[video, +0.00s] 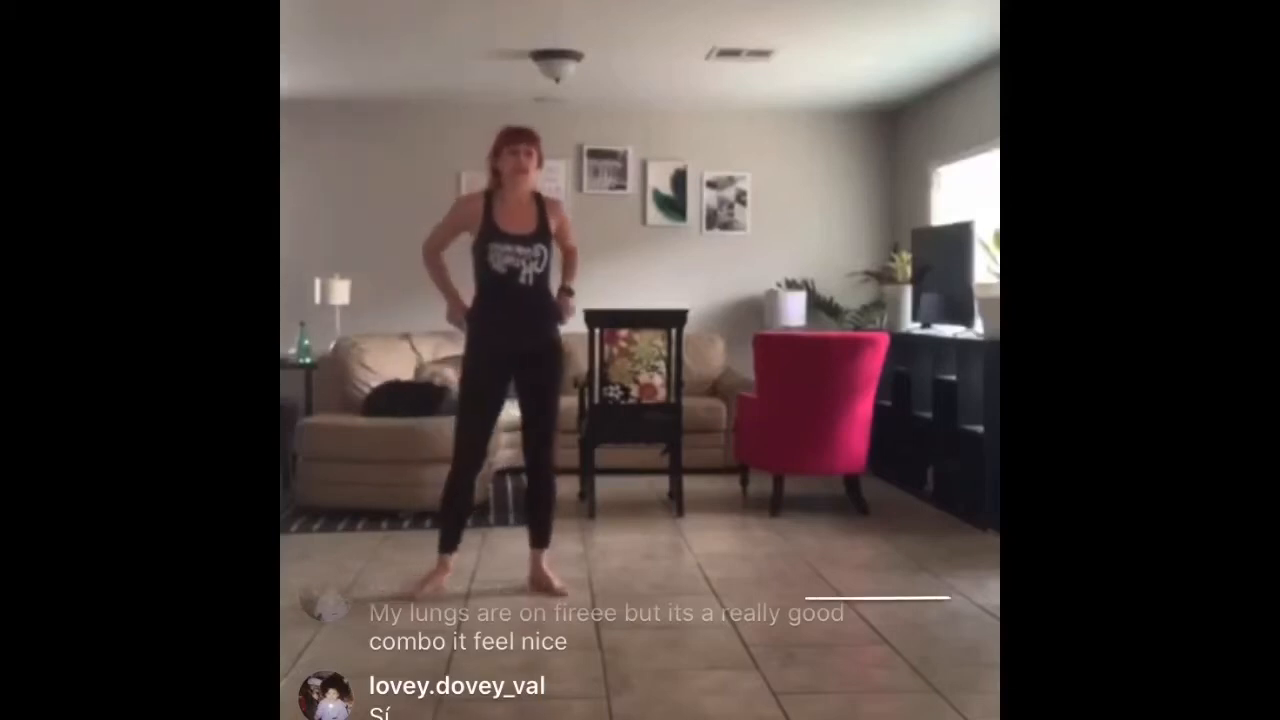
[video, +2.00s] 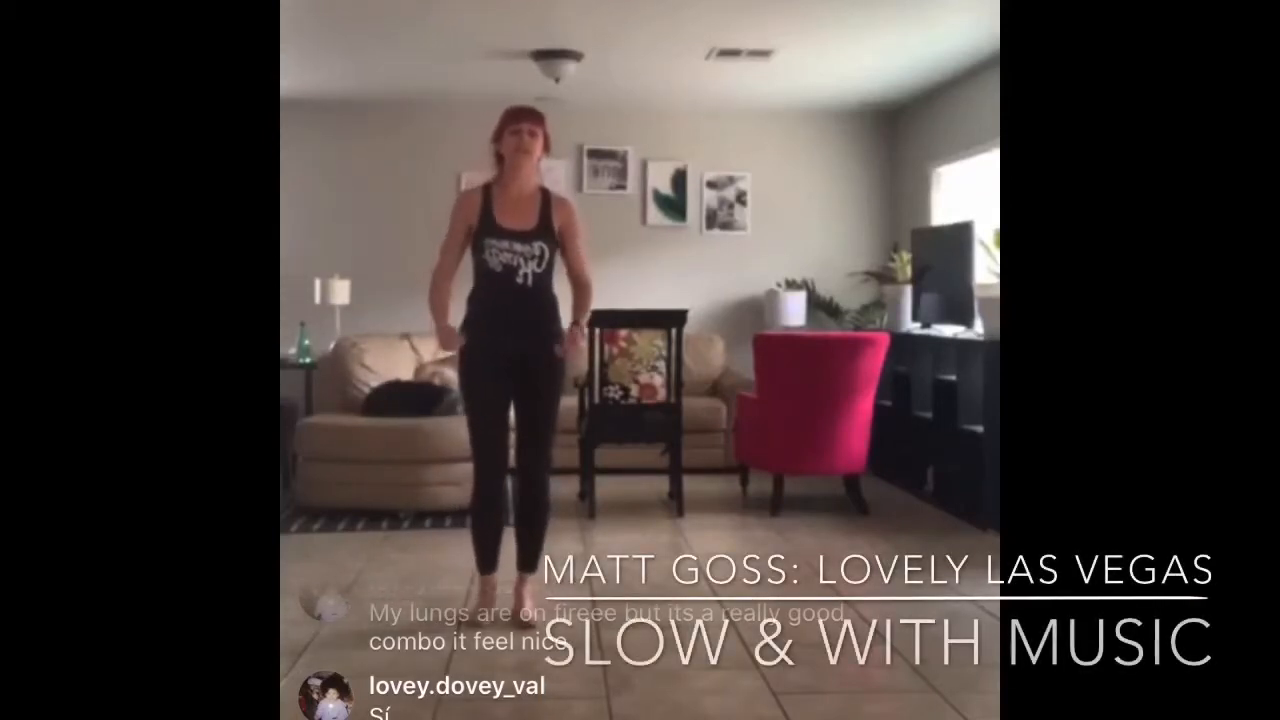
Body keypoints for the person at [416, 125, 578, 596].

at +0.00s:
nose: (519, 160)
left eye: (527, 154)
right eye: (511, 153)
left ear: (539, 164)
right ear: (496, 162)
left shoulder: (553, 212)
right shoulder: (474, 207)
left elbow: (570, 251)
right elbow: (432, 250)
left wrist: (566, 290)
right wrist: (453, 301)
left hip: (540, 339)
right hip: (489, 337)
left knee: (541, 454)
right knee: (467, 456)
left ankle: (539, 563)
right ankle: (443, 565)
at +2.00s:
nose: (523, 139)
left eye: (532, 134)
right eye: (515, 132)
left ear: (544, 149)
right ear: (498, 144)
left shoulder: (559, 208)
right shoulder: (473, 201)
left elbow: (581, 279)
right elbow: (444, 273)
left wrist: (578, 328)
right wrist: (442, 326)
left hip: (541, 344)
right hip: (484, 342)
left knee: (534, 465)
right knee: (489, 465)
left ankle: (527, 581)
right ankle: (486, 580)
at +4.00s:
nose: (419, 150)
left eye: (429, 144)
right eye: (411, 142)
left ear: (444, 156)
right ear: (394, 150)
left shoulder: (457, 222)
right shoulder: (365, 205)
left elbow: (481, 289)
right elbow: (290, 229)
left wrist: (503, 329)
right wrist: (345, 262)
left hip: (434, 365)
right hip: (369, 364)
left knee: (497, 474)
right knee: (351, 486)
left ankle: (495, 589)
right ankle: (327, 601)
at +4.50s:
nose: (375, 144)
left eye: (384, 138)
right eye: (366, 136)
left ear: (398, 151)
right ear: (346, 146)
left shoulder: (410, 209)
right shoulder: (321, 205)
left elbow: (424, 246)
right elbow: (280, 218)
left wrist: (351, 245)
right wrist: (314, 232)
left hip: (383, 359)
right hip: (320, 356)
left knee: (472, 455)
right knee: (323, 473)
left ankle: (492, 579)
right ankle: (321, 594)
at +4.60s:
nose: (374, 144)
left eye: (383, 138)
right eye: (365, 135)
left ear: (397, 151)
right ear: (345, 146)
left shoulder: (409, 208)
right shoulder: (320, 205)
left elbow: (421, 245)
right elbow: (280, 218)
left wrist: (347, 246)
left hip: (382, 359)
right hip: (319, 356)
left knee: (471, 456)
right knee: (323, 474)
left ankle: (492, 579)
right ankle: (321, 594)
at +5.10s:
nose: (389, 143)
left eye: (395, 138)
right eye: (380, 131)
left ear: (396, 149)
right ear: (348, 134)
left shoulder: (399, 204)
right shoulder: (308, 200)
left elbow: (480, 218)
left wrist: (556, 222)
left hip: (384, 352)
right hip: (324, 353)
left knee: (440, 464)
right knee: (328, 479)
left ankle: (480, 583)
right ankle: (324, 594)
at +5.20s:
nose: (398, 146)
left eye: (404, 139)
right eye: (390, 134)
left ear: (402, 149)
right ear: (358, 133)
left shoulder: (405, 201)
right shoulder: (319, 195)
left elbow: (489, 217)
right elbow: (281, 221)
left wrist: (569, 220)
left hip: (392, 352)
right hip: (335, 352)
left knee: (446, 461)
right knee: (336, 477)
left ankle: (460, 585)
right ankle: (327, 595)